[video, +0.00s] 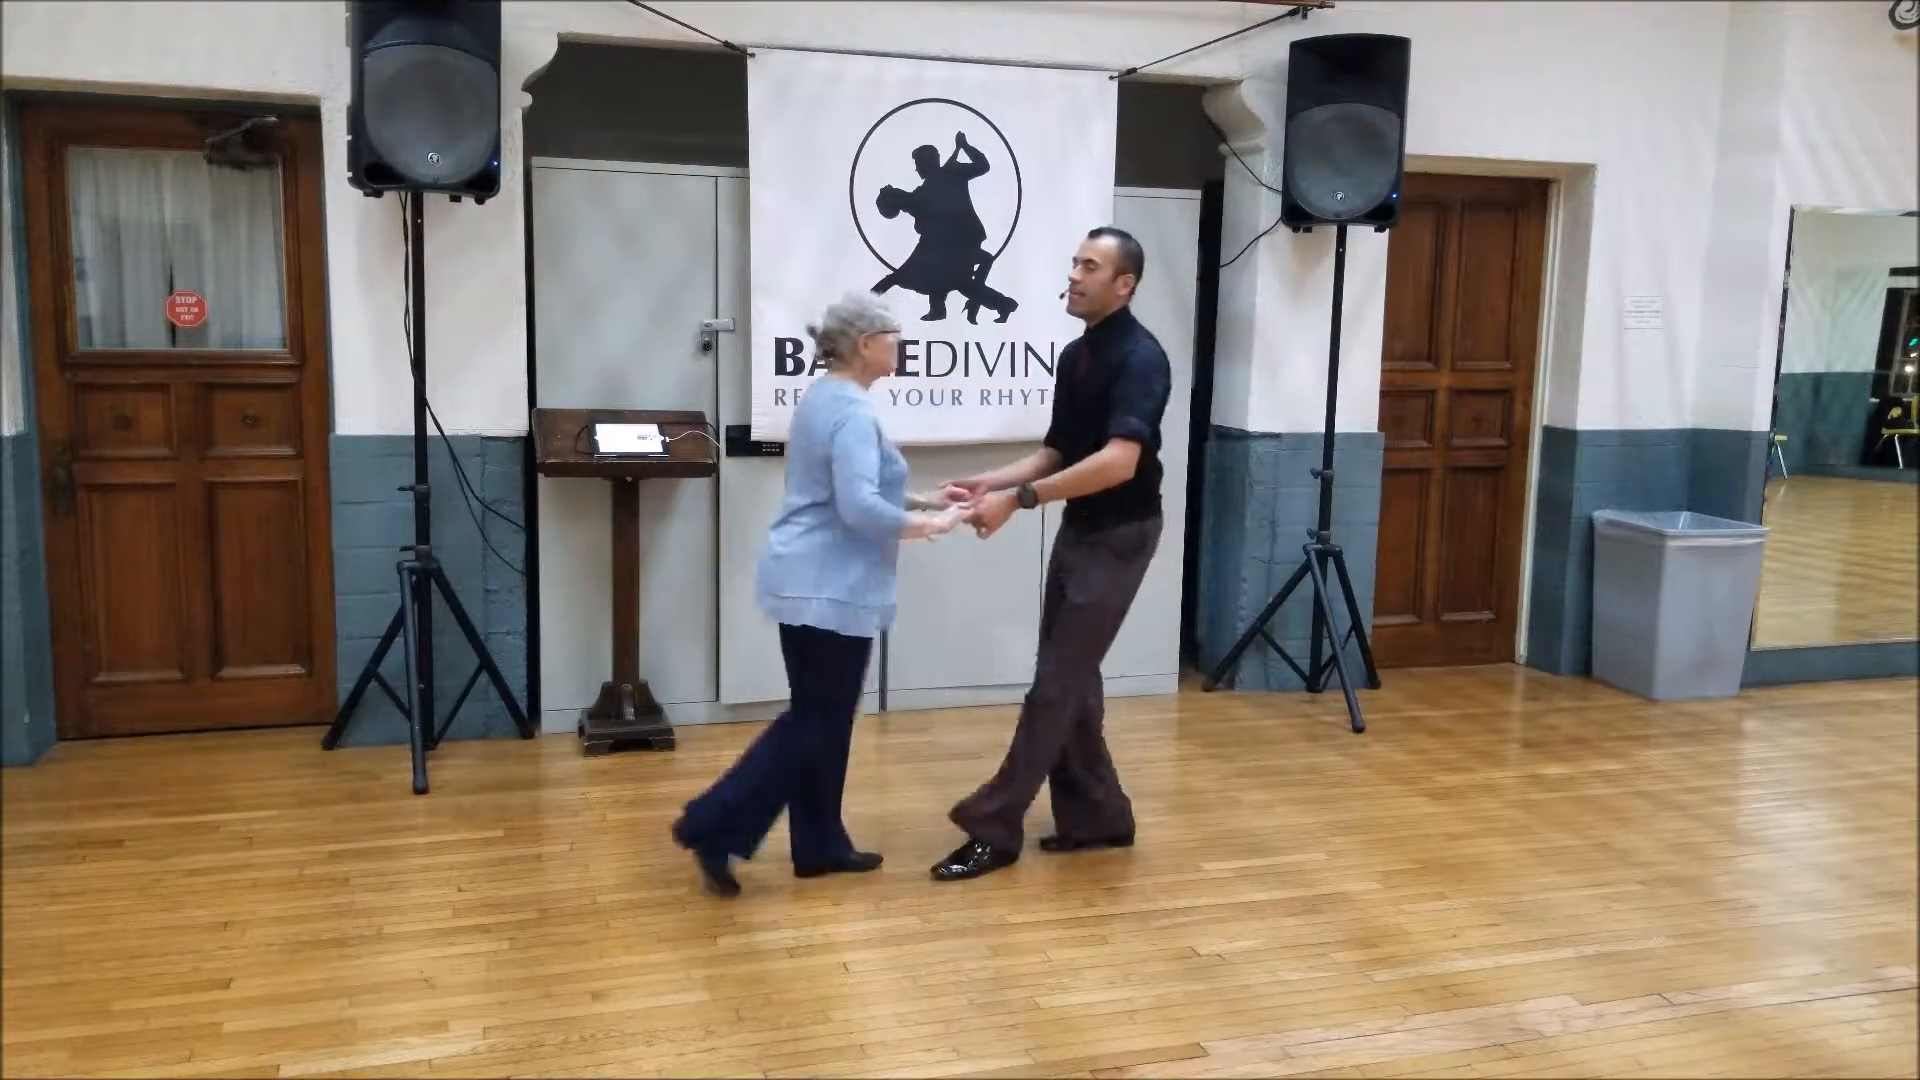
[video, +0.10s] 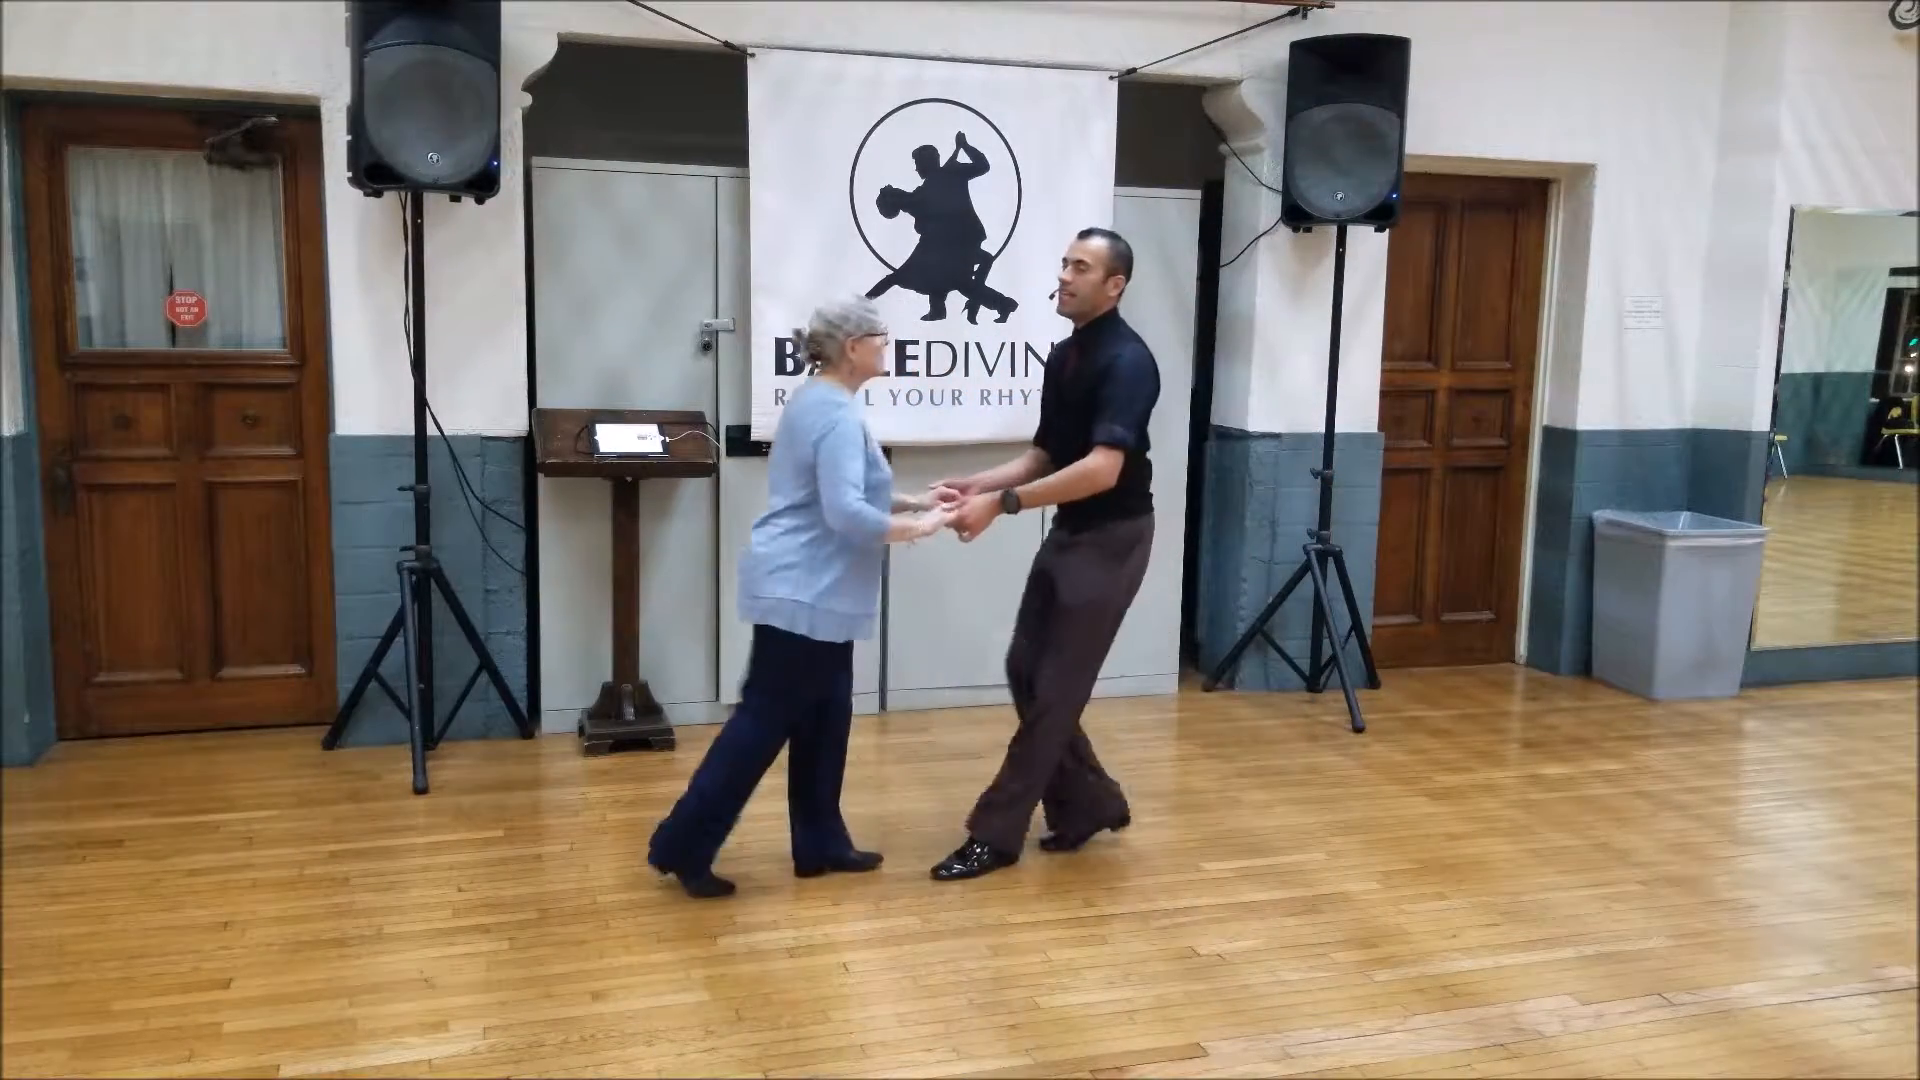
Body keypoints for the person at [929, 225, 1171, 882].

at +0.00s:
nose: (1073, 275)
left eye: (1088, 267)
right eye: (1075, 264)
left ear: (1125, 283)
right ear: (1081, 276)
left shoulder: (1140, 356)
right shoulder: (1078, 353)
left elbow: (1120, 461)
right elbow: (1057, 451)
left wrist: (1020, 497)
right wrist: (990, 482)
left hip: (1121, 532)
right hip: (1080, 525)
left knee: (1060, 674)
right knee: (1065, 672)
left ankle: (997, 830)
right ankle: (1097, 817)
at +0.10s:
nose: (1064, 276)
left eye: (1079, 268)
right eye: (1064, 265)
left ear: (1115, 284)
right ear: (1067, 275)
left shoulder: (1128, 360)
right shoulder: (1066, 353)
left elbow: (1104, 469)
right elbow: (1046, 454)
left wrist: (1004, 502)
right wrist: (980, 484)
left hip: (1111, 539)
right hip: (1068, 530)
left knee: (1058, 685)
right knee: (1026, 671)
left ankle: (996, 836)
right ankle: (1088, 801)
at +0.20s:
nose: (1059, 279)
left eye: (1075, 271)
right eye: (1060, 268)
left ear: (1111, 287)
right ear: (1063, 277)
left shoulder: (1123, 364)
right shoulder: (1061, 355)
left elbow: (1096, 478)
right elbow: (1042, 457)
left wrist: (997, 505)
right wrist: (976, 486)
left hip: (1110, 539)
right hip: (1065, 531)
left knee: (1059, 687)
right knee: (1008, 666)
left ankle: (1001, 835)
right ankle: (1077, 788)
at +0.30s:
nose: (1061, 282)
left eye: (1077, 274)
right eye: (1062, 271)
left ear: (1114, 289)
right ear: (1063, 280)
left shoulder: (1130, 368)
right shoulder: (1059, 359)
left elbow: (1105, 482)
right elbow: (1034, 455)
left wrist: (1005, 496)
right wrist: (971, 482)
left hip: (1113, 540)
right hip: (1065, 532)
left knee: (1064, 686)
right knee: (1015, 675)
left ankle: (1005, 834)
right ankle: (1061, 804)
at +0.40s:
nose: (1066, 279)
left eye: (1082, 271)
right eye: (1067, 268)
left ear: (1119, 286)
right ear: (1069, 276)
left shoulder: (1139, 364)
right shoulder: (1061, 357)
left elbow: (1120, 478)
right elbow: (1033, 452)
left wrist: (1019, 488)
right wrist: (964, 479)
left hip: (1118, 536)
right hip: (1071, 528)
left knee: (1066, 680)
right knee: (1031, 674)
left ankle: (1010, 833)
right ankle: (1068, 810)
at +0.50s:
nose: (1079, 272)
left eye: (1094, 265)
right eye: (1080, 261)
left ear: (1131, 277)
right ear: (1081, 269)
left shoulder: (1156, 355)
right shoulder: (1071, 351)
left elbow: (1152, 468)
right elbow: (1041, 446)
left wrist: (1056, 471)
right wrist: (966, 473)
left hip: (1132, 531)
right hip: (1082, 524)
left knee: (1074, 669)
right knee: (1047, 667)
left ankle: (1035, 829)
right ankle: (1074, 812)